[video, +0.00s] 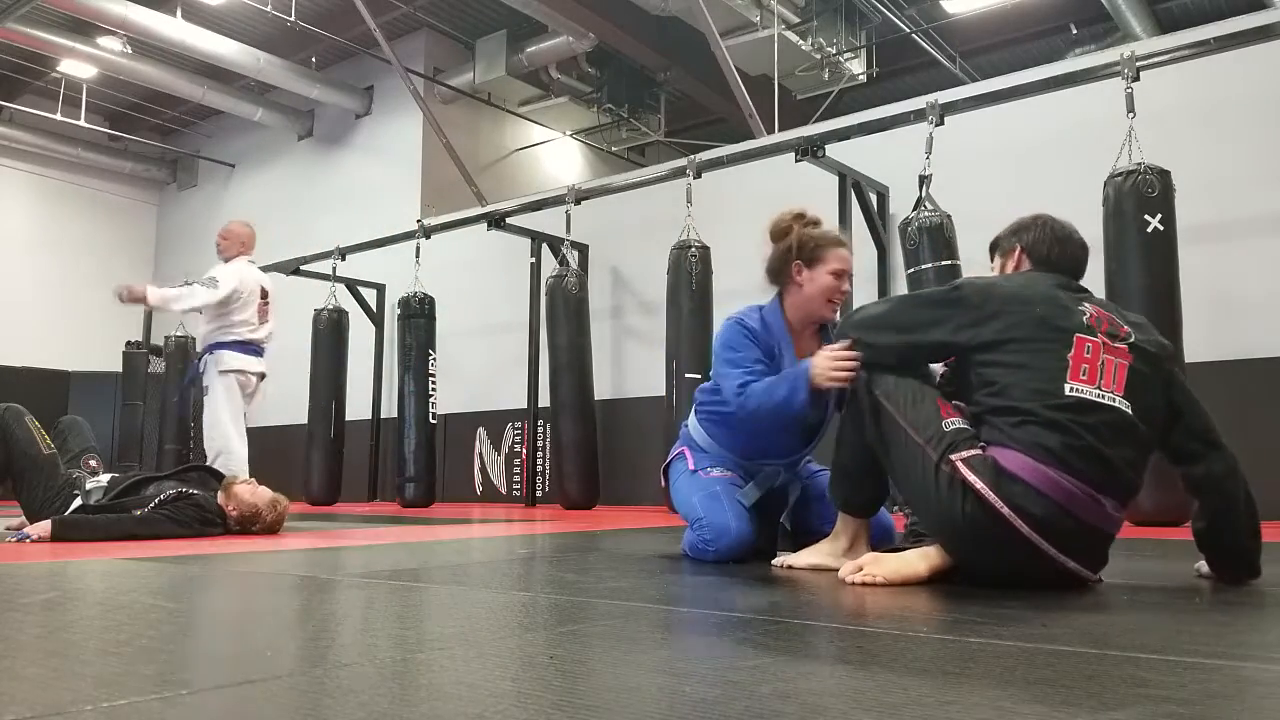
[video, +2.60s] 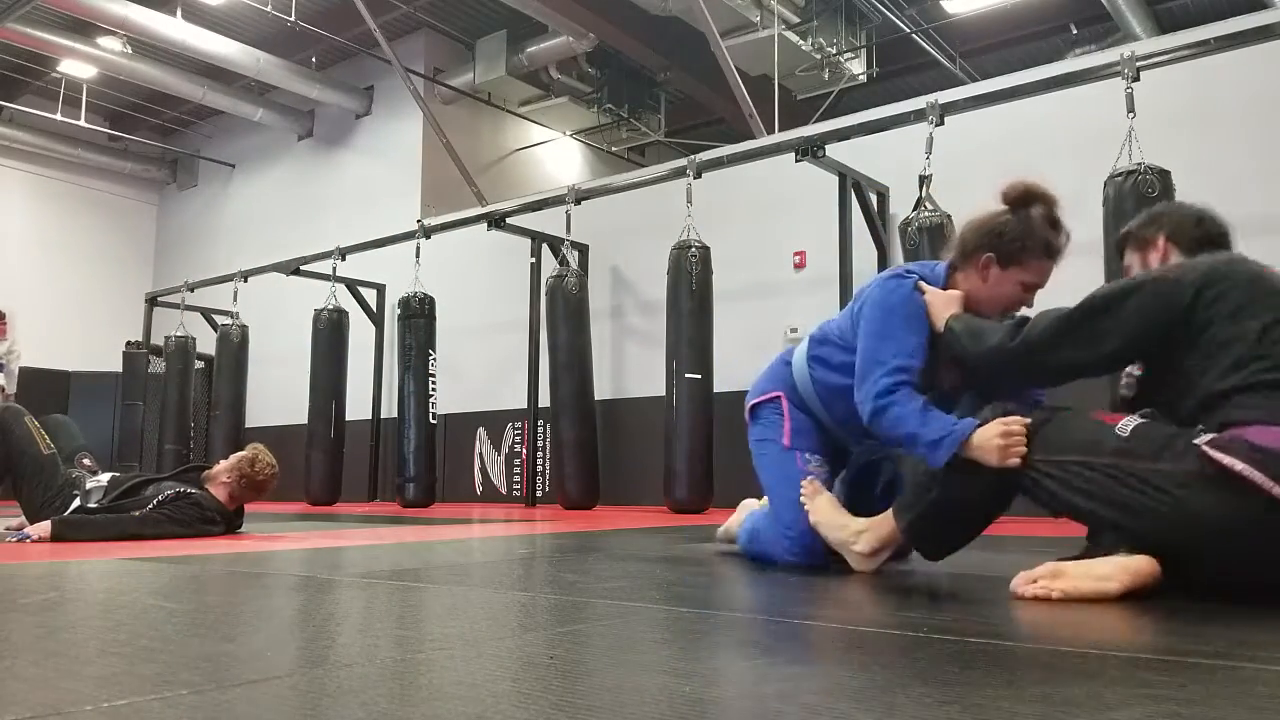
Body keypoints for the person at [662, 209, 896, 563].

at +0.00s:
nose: (846, 289)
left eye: (848, 279)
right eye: (837, 276)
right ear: (799, 273)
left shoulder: (835, 342)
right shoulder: (741, 331)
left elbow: (860, 412)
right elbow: (744, 404)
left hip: (788, 466)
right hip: (710, 461)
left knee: (881, 532)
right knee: (730, 539)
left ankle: (783, 519)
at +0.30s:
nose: (834, 291)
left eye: (835, 281)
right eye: (827, 279)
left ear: (795, 278)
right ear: (790, 276)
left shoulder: (833, 339)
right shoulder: (726, 334)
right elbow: (756, 409)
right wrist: (832, 391)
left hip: (785, 465)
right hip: (708, 461)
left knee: (880, 533)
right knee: (727, 540)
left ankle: (779, 523)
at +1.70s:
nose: (886, 307)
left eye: (889, 296)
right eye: (883, 294)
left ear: (848, 283)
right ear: (847, 280)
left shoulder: (863, 339)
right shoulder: (770, 329)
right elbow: (781, 434)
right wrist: (834, 385)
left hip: (792, 452)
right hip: (719, 440)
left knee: (881, 535)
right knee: (727, 543)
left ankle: (770, 529)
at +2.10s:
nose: (939, 309)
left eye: (945, 300)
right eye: (938, 297)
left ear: (908, 281)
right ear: (906, 280)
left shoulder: (912, 331)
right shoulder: (816, 308)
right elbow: (805, 413)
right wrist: (892, 386)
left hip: (813, 445)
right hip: (740, 423)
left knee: (884, 537)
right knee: (726, 544)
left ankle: (775, 530)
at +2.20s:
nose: (955, 310)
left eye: (961, 301)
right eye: (955, 299)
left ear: (924, 282)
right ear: (922, 280)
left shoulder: (922, 332)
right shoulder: (832, 301)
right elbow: (828, 406)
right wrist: (923, 402)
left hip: (821, 441)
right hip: (748, 420)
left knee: (878, 539)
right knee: (725, 546)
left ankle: (769, 531)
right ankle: (707, 533)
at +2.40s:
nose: (995, 302)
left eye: (1001, 291)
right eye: (993, 286)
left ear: (958, 271)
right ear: (956, 268)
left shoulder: (947, 335)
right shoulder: (867, 291)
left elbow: (966, 391)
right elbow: (857, 373)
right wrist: (949, 417)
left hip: (831, 438)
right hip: (761, 409)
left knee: (871, 531)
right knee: (742, 541)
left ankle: (766, 535)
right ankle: (703, 536)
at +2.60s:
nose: (1027, 304)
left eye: (1034, 293)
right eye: (1026, 288)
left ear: (987, 271)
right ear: (986, 268)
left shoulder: (988, 328)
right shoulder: (899, 295)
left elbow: (1023, 402)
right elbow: (883, 401)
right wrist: (967, 439)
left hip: (869, 428)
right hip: (793, 402)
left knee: (872, 541)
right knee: (808, 547)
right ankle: (750, 523)